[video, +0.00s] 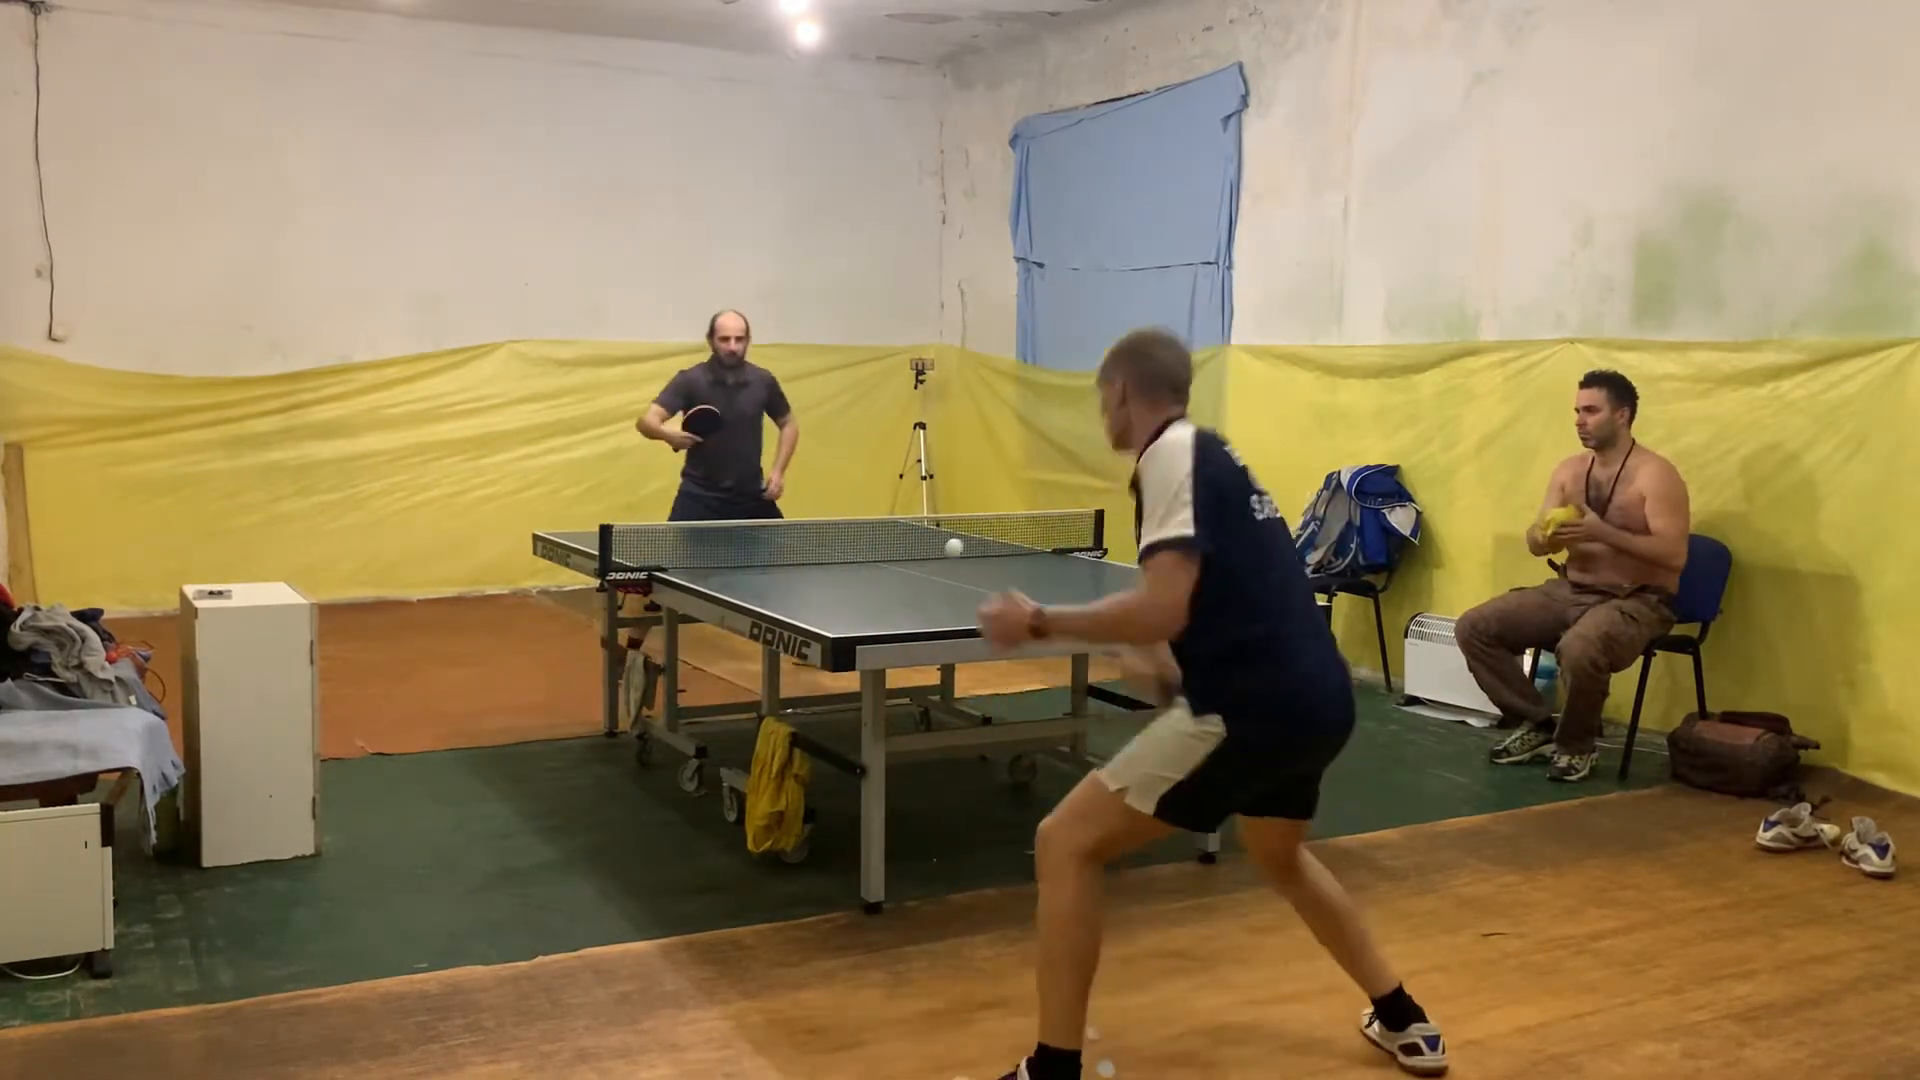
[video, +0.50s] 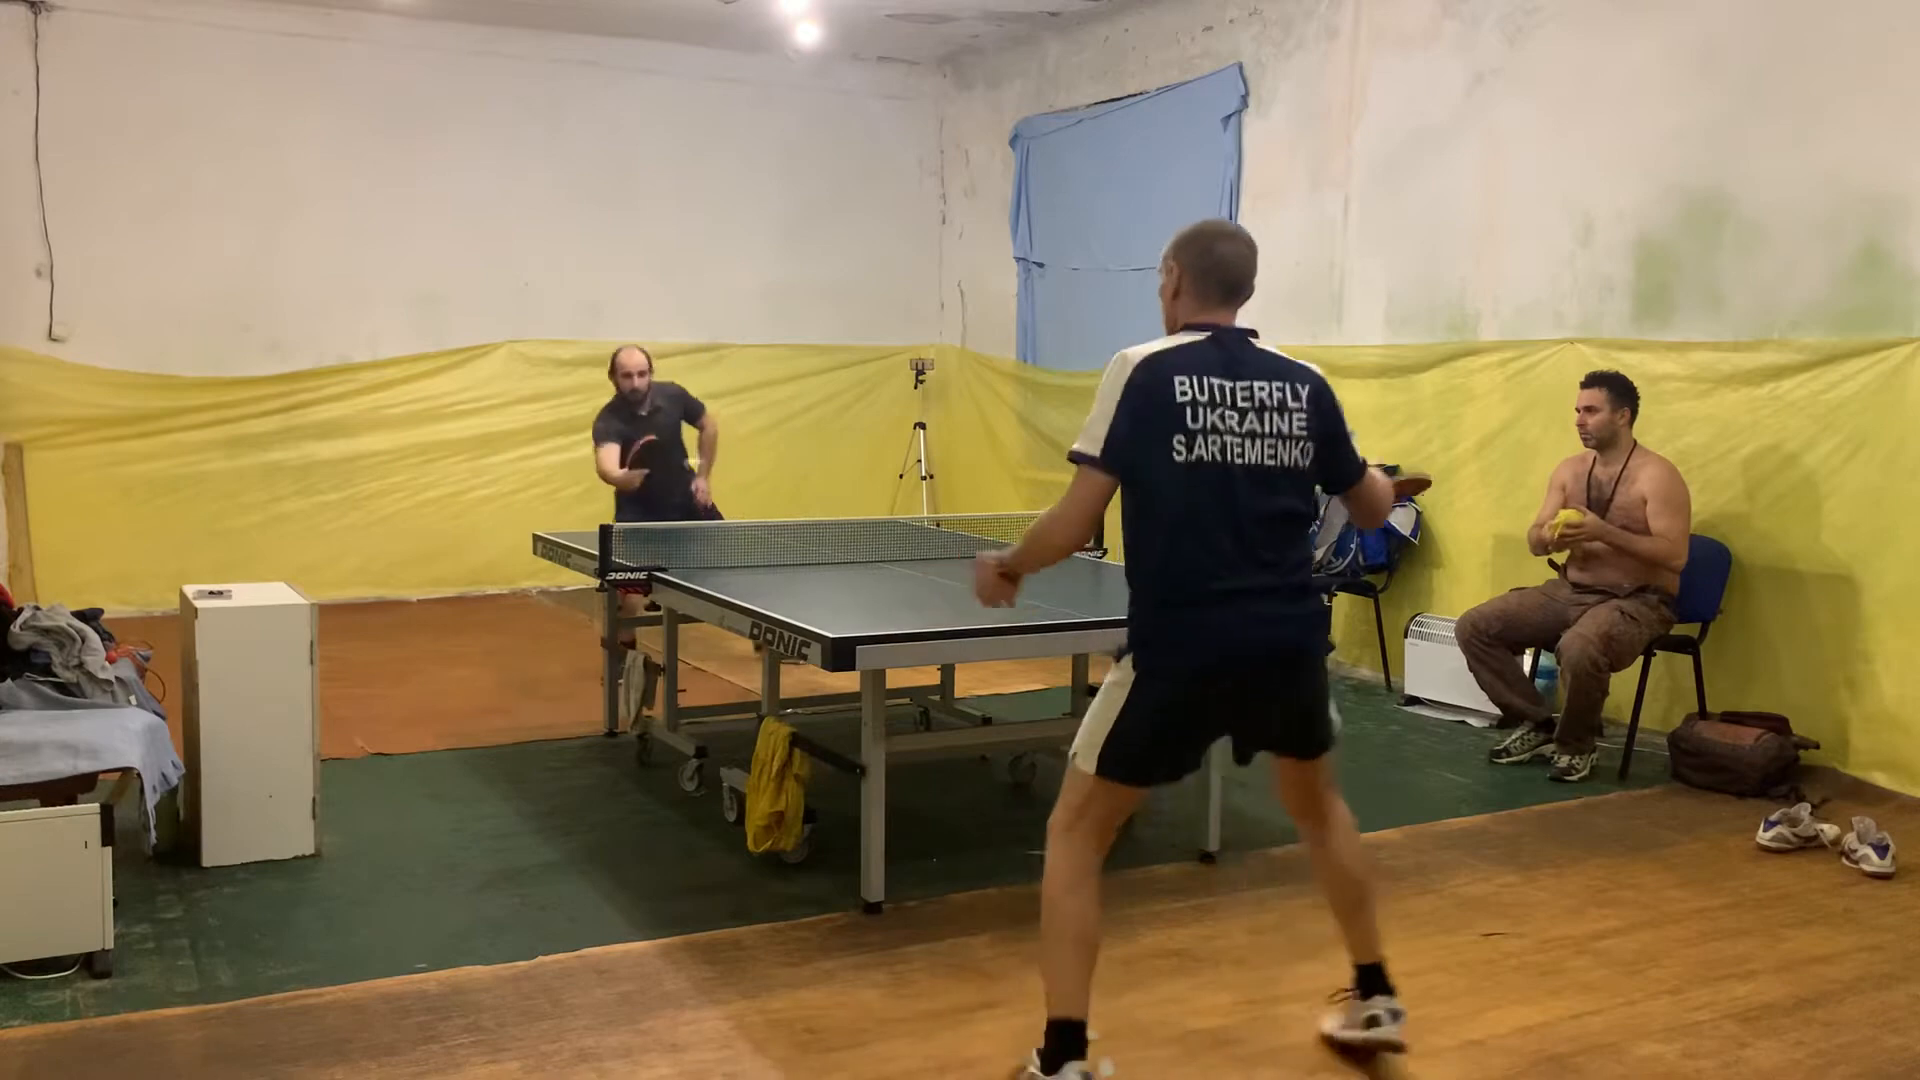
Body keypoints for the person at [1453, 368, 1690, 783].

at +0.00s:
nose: (1579, 420)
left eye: (1590, 410)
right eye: (1577, 411)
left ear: (1623, 415)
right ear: (1576, 414)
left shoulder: (1656, 475)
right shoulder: (1569, 471)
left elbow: (1673, 556)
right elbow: (1536, 545)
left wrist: (1602, 533)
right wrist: (1545, 534)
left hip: (1638, 599)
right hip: (1573, 591)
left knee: (1578, 650)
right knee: (1475, 629)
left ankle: (1577, 746)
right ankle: (1535, 721)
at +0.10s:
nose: (1579, 420)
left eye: (1590, 411)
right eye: (1577, 411)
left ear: (1623, 415)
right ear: (1576, 414)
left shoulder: (1657, 475)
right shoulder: (1569, 471)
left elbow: (1674, 555)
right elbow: (1537, 543)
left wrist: (1603, 533)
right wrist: (1544, 536)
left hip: (1638, 599)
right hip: (1572, 591)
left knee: (1579, 649)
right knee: (1475, 628)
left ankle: (1576, 746)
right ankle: (1535, 722)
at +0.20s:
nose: (1578, 420)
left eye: (1589, 411)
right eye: (1577, 411)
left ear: (1623, 415)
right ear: (1576, 414)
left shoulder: (1657, 476)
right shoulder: (1569, 471)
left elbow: (1674, 555)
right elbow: (1536, 541)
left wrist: (1603, 534)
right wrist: (1548, 537)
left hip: (1638, 599)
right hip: (1572, 592)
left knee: (1579, 649)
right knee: (1475, 628)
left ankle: (1576, 746)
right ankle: (1535, 721)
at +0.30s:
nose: (1579, 420)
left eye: (1590, 411)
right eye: (1577, 411)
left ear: (1623, 415)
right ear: (1577, 414)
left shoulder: (1657, 476)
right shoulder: (1569, 471)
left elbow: (1674, 555)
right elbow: (1535, 542)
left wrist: (1603, 532)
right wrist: (1551, 535)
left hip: (1638, 599)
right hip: (1572, 592)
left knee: (1579, 649)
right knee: (1475, 628)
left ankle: (1577, 746)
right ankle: (1534, 722)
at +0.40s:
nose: (1579, 419)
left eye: (1590, 411)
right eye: (1578, 411)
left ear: (1623, 416)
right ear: (1578, 414)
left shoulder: (1658, 476)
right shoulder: (1569, 470)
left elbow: (1674, 555)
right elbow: (1535, 543)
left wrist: (1603, 532)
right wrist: (1551, 533)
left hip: (1639, 599)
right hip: (1572, 592)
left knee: (1579, 649)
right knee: (1475, 628)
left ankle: (1577, 746)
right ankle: (1535, 722)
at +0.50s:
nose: (1579, 419)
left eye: (1590, 411)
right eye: (1578, 411)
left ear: (1624, 416)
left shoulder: (1658, 476)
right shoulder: (1570, 470)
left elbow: (1674, 555)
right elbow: (1536, 543)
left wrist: (1603, 532)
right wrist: (1552, 532)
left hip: (1639, 599)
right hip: (1572, 592)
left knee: (1579, 649)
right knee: (1475, 627)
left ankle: (1577, 745)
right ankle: (1534, 722)